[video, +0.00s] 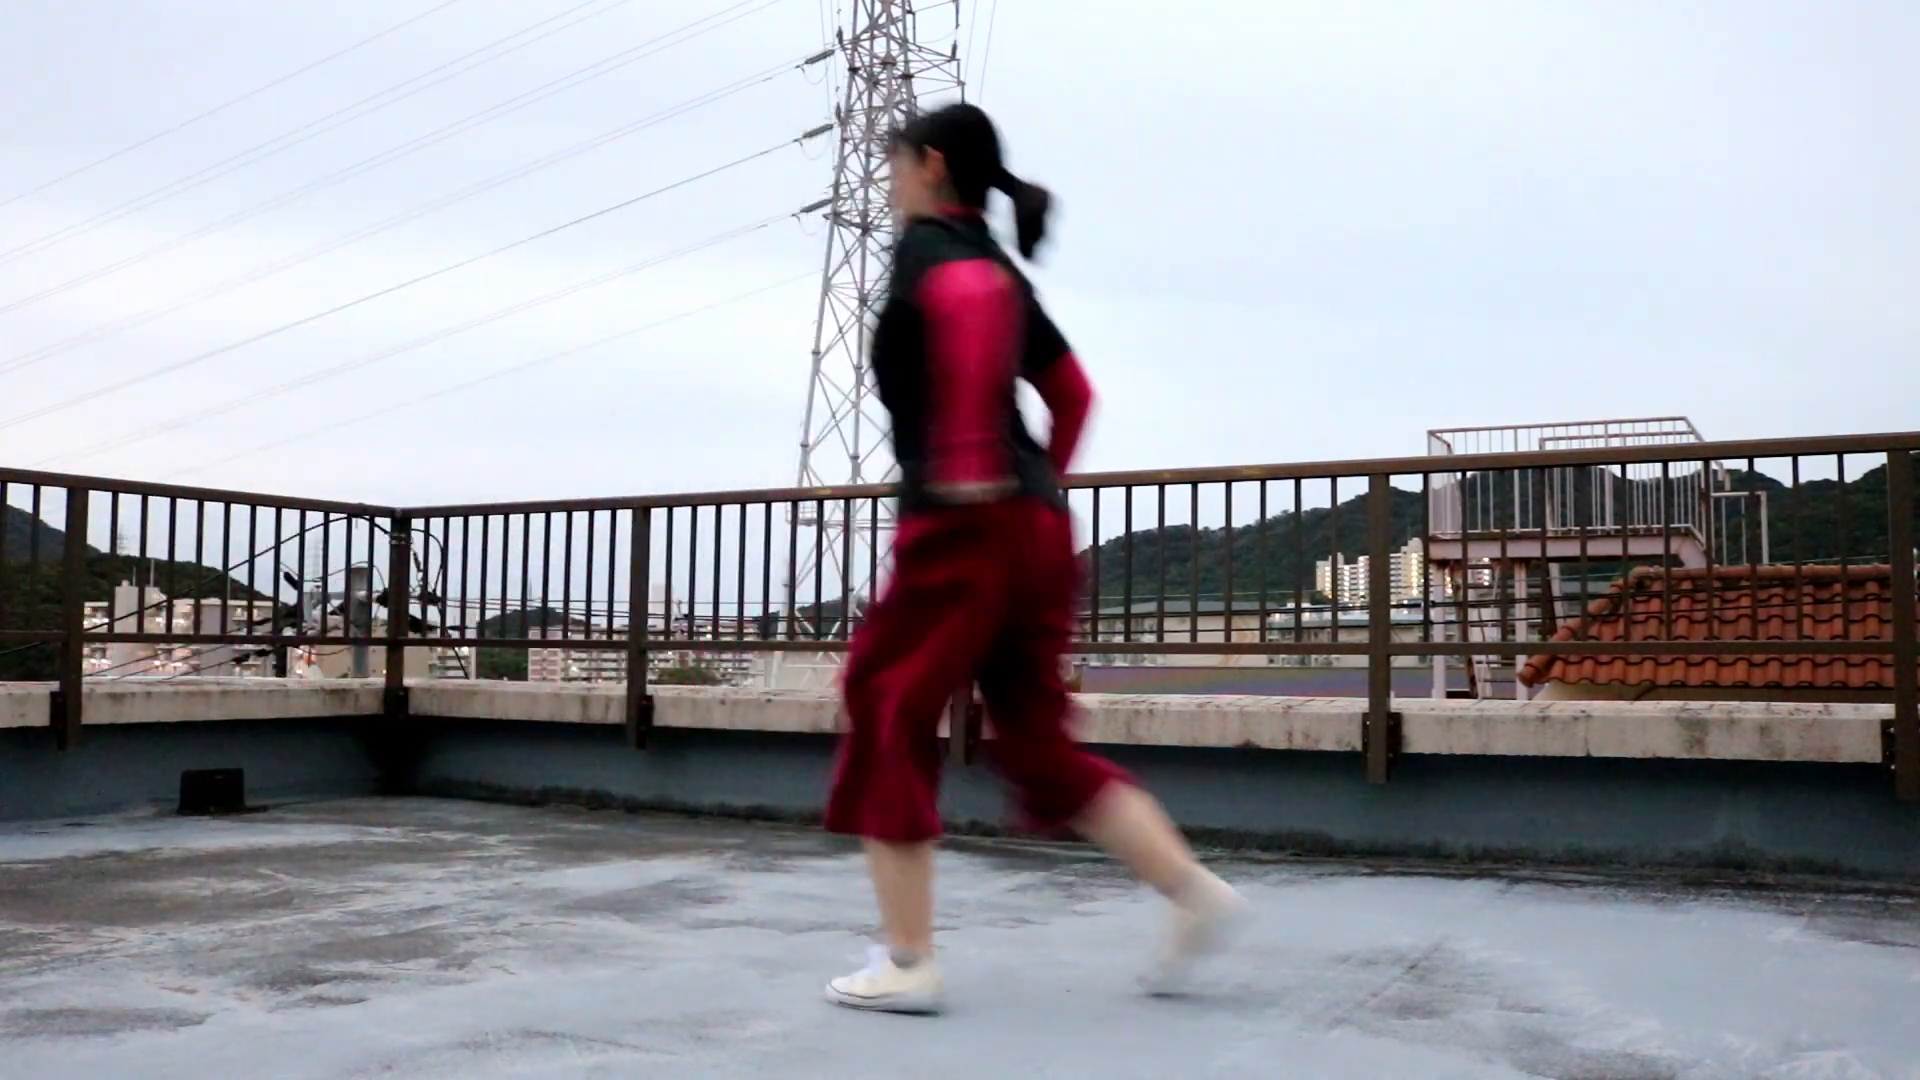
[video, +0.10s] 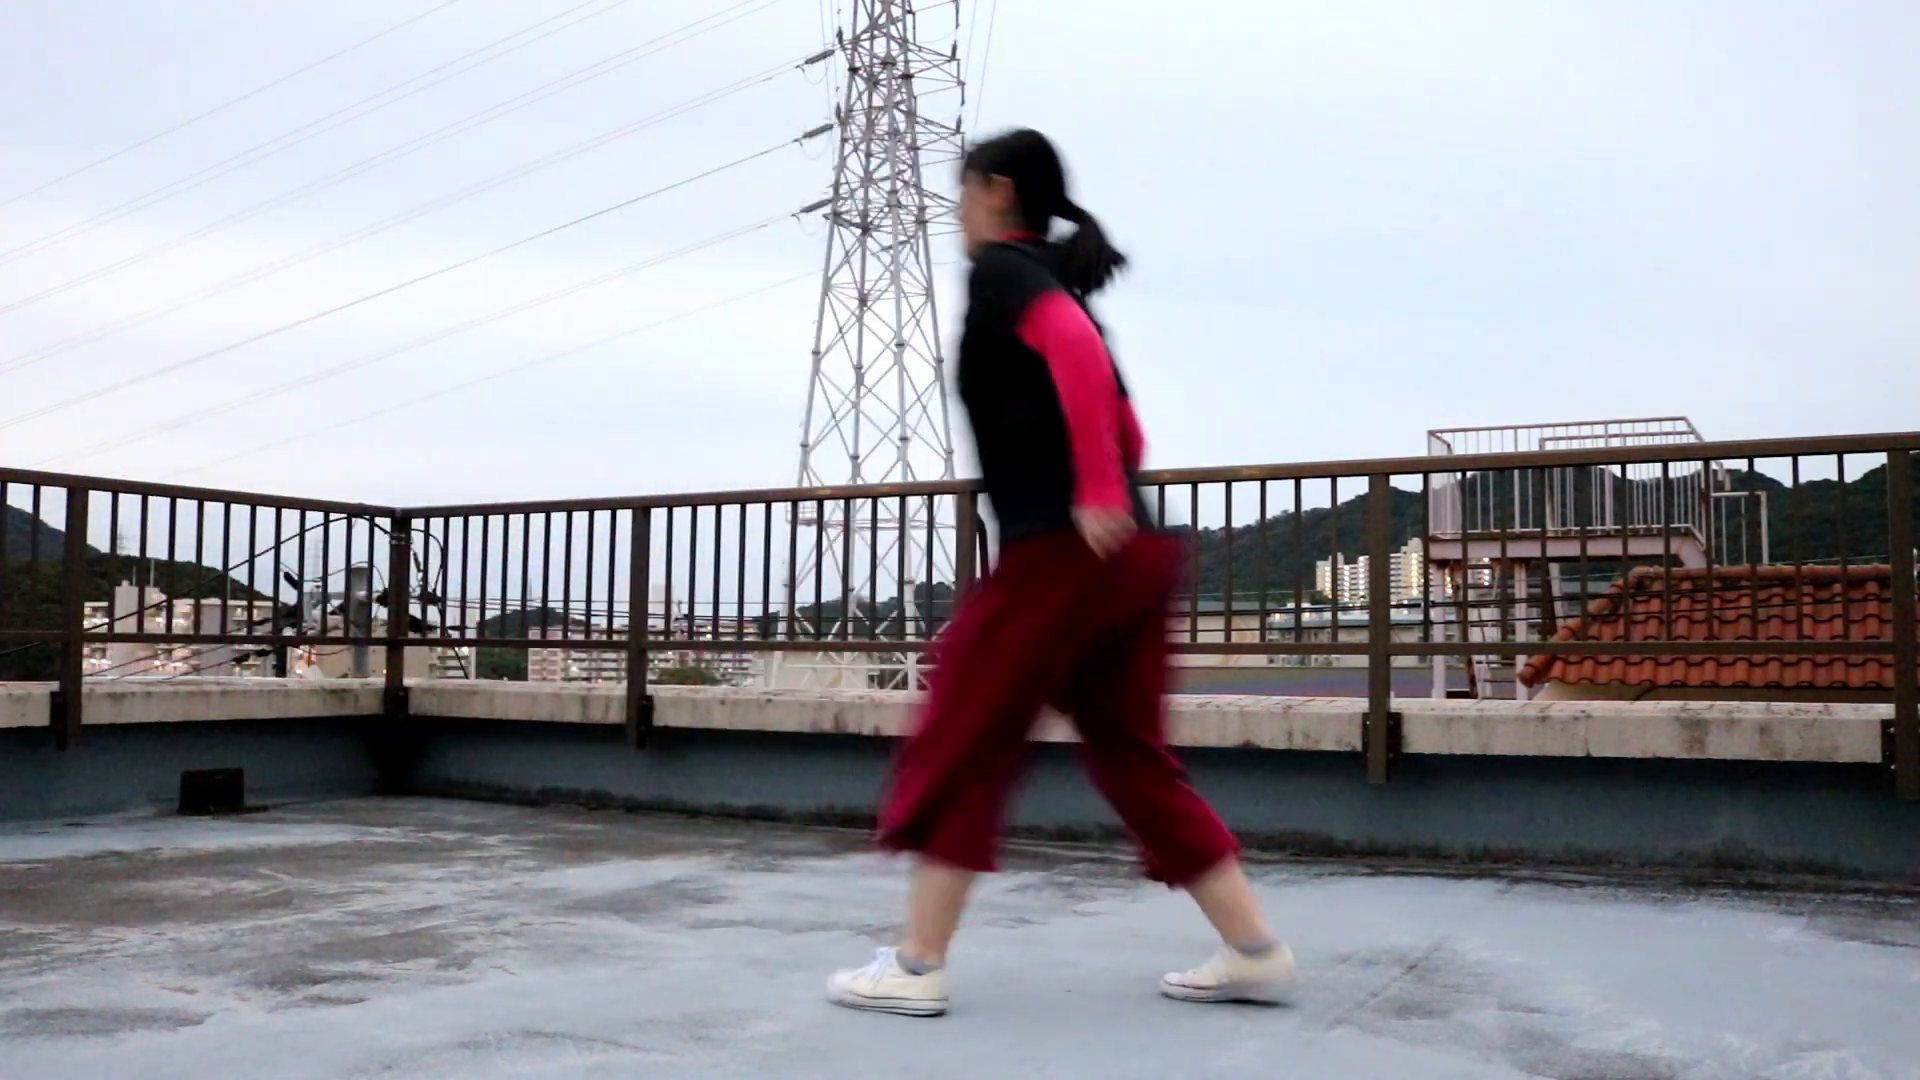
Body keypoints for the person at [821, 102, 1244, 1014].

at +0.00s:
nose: (889, 175)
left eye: (899, 161)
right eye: (895, 160)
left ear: (932, 169)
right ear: (962, 179)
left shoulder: (926, 249)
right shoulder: (998, 271)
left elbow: (975, 311)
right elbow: (1074, 394)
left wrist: (966, 462)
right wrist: (1042, 490)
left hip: (958, 531)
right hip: (1036, 531)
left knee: (884, 705)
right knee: (1034, 737)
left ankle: (909, 960)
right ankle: (1194, 890)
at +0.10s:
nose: (958, 205)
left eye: (967, 189)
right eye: (962, 190)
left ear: (1000, 194)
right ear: (1022, 200)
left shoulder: (1006, 271)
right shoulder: (1042, 281)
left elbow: (1079, 353)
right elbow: (1120, 423)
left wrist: (1097, 488)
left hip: (1055, 554)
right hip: (1116, 549)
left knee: (972, 735)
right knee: (1127, 748)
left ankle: (918, 963)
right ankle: (1253, 947)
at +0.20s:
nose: (1029, 227)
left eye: (1043, 210)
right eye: (1029, 212)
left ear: (1097, 213)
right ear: (1098, 222)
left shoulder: (1089, 294)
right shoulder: (1134, 308)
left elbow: (1108, 400)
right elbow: (1158, 474)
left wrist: (1095, 541)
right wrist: (1056, 543)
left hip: (1173, 553)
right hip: (1234, 556)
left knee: (1046, 722)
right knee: (1188, 753)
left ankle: (1069, 937)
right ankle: (1261, 961)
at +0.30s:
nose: (1106, 213)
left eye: (1122, 194)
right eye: (1091, 207)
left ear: (1169, 197)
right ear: (1086, 227)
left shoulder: (1145, 284)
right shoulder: (1200, 283)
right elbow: (1134, 448)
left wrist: (1119, 439)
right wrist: (1050, 408)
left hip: (1245, 517)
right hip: (1314, 522)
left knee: (1108, 659)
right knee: (1253, 730)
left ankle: (1234, 805)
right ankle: (1264, 959)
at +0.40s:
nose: (1158, 206)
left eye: (1173, 184)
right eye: (1140, 201)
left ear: (1217, 187)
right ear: (1134, 232)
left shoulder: (1220, 254)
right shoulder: (1218, 297)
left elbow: (1213, 309)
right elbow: (1123, 414)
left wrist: (1234, 440)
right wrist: (1068, 350)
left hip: (1332, 480)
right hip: (1385, 495)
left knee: (1163, 602)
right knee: (1305, 736)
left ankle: (1252, 797)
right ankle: (1379, 931)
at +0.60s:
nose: (1252, 230)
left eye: (1268, 210)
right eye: (1233, 225)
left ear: (1310, 214)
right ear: (1224, 250)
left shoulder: (1337, 271)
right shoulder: (1292, 365)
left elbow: (1365, 314)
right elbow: (1196, 448)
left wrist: (1384, 457)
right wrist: (1145, 355)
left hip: (1474, 500)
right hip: (1463, 529)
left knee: (1269, 577)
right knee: (1396, 730)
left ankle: (1281, 805)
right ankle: (1454, 954)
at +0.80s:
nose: (1348, 258)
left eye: (1366, 238)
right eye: (1329, 251)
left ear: (1410, 246)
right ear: (1318, 276)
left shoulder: (1435, 312)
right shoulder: (1380, 395)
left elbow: (1486, 363)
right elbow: (1287, 480)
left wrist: (1493, 508)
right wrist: (1214, 408)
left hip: (1574, 555)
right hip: (1554, 582)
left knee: (1354, 608)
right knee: (1469, 765)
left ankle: (1217, 796)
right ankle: (1569, 982)